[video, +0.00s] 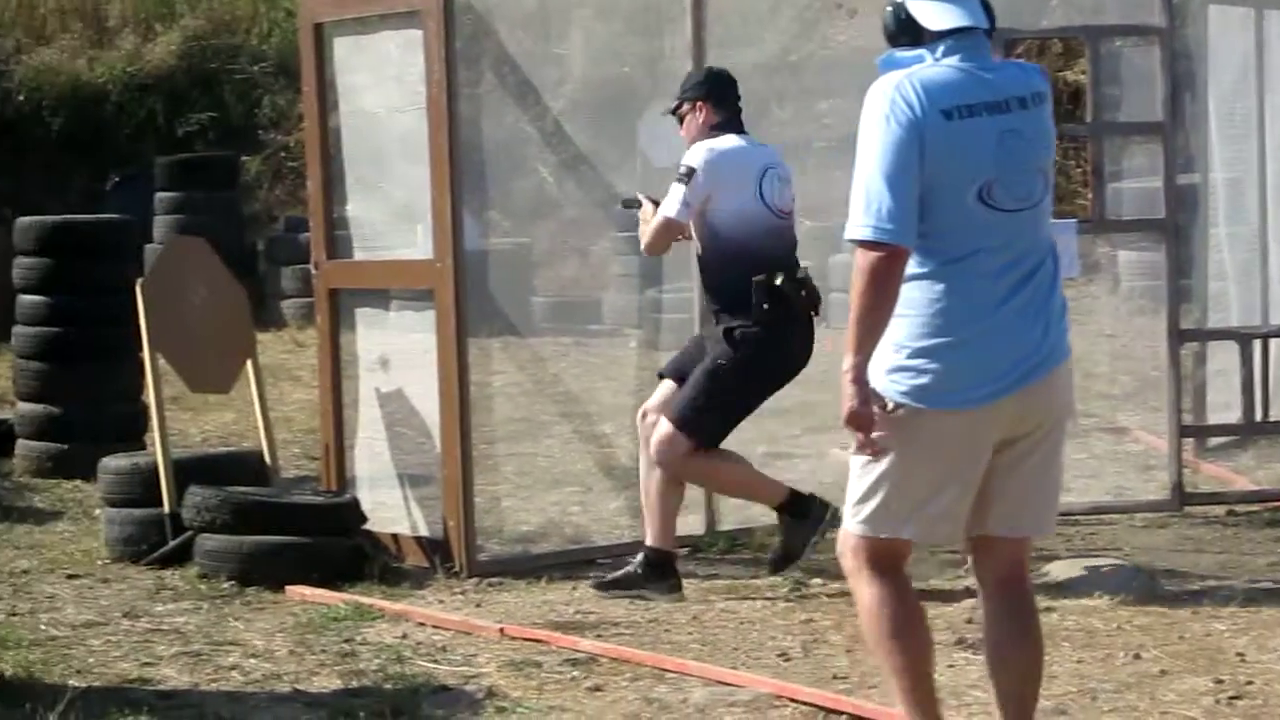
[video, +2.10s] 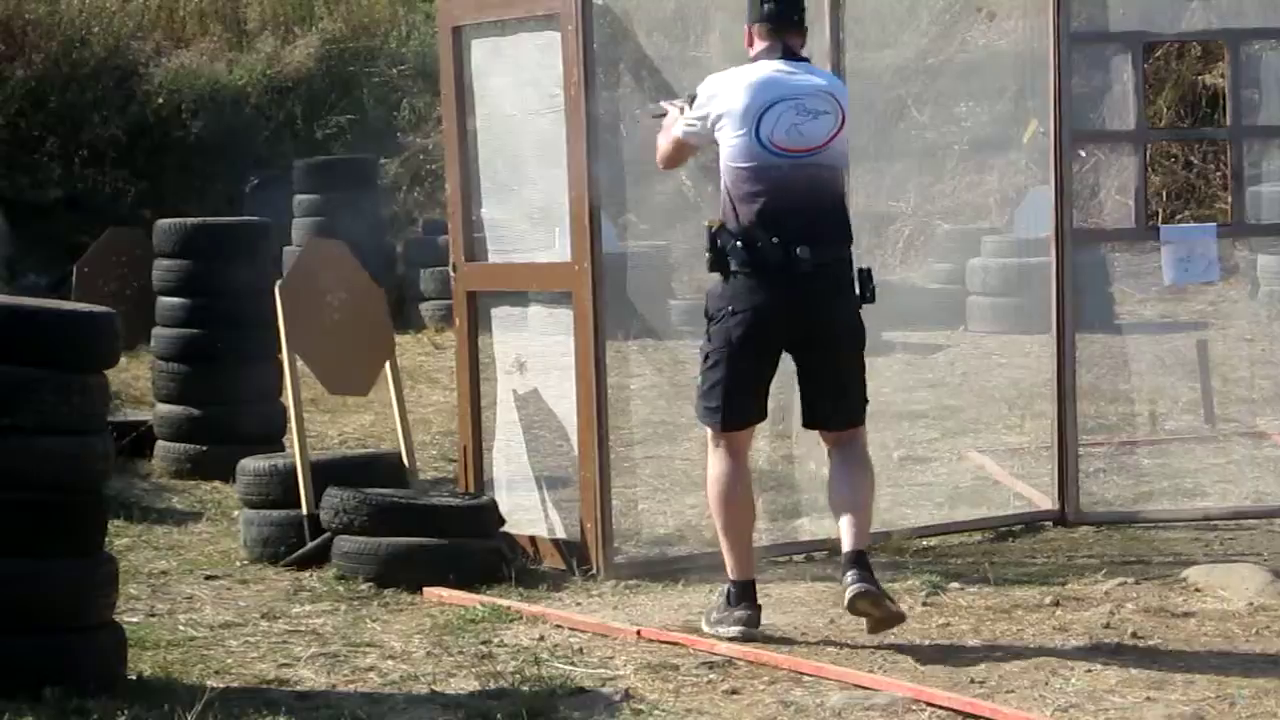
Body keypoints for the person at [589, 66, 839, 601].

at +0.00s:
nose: (679, 130)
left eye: (681, 118)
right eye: (678, 120)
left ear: (700, 112)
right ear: (730, 112)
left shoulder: (702, 158)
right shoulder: (769, 157)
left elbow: (653, 241)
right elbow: (737, 229)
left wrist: (650, 211)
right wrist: (677, 216)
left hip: (757, 332)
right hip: (750, 323)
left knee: (673, 451)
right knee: (652, 419)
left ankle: (797, 508)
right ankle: (657, 562)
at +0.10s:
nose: (710, 132)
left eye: (710, 120)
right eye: (709, 121)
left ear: (728, 112)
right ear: (760, 111)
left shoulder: (736, 162)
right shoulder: (800, 157)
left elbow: (668, 234)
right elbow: (745, 235)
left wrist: (651, 204)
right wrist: (688, 210)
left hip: (776, 331)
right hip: (820, 330)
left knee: (659, 416)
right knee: (691, 426)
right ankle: (727, 559)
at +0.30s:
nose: (689, 104)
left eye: (688, 95)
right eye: (688, 96)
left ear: (704, 90)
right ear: (743, 88)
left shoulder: (702, 139)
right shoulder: (784, 133)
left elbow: (632, 188)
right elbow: (724, 203)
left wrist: (615, 164)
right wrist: (658, 178)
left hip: (741, 312)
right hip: (804, 312)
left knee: (659, 439)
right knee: (725, 431)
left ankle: (620, 584)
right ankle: (774, 562)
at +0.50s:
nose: (625, 72)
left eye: (625, 64)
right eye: (626, 65)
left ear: (638, 62)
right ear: (681, 59)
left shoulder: (631, 109)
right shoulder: (723, 104)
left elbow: (579, 140)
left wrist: (570, 125)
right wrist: (599, 125)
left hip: (670, 287)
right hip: (742, 284)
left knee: (620, 437)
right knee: (723, 421)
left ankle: (613, 586)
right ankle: (763, 561)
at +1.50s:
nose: (645, 63)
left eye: (645, 55)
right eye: (646, 56)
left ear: (656, 53)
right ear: (701, 47)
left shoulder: (649, 104)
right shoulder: (752, 93)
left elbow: (592, 125)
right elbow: (708, 102)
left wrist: (590, 110)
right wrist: (675, 77)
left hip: (688, 296)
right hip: (761, 292)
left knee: (664, 435)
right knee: (740, 434)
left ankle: (710, 560)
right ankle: (733, 584)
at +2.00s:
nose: (709, 50)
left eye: (710, 40)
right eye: (712, 40)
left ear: (721, 38)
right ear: (765, 36)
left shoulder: (708, 89)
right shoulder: (815, 87)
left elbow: (652, 137)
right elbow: (753, 125)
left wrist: (640, 123)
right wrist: (687, 123)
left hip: (736, 286)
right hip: (814, 282)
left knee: (723, 444)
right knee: (804, 427)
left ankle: (739, 601)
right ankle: (826, 566)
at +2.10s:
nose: (750, 40)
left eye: (749, 32)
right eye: (777, 31)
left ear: (751, 35)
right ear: (804, 36)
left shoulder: (722, 88)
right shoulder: (832, 87)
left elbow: (666, 155)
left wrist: (673, 120)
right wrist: (711, 111)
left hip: (749, 289)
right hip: (829, 288)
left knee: (728, 443)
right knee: (846, 436)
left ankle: (740, 599)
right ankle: (858, 571)